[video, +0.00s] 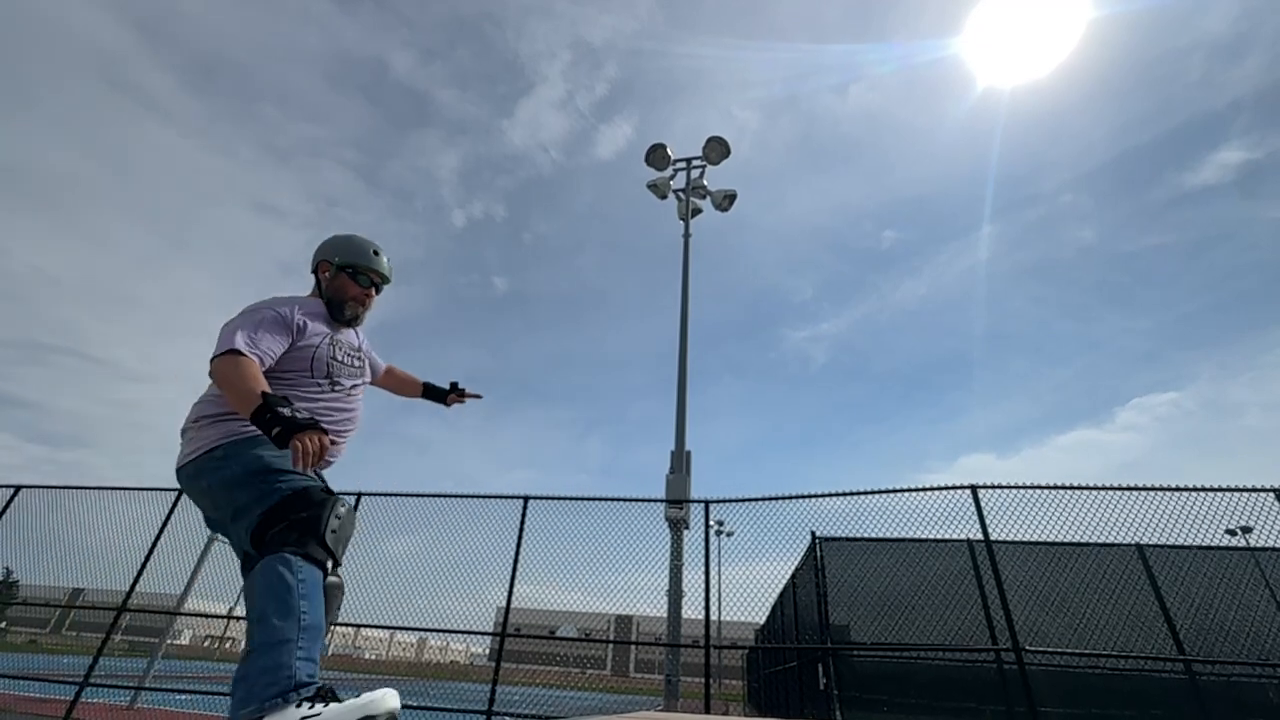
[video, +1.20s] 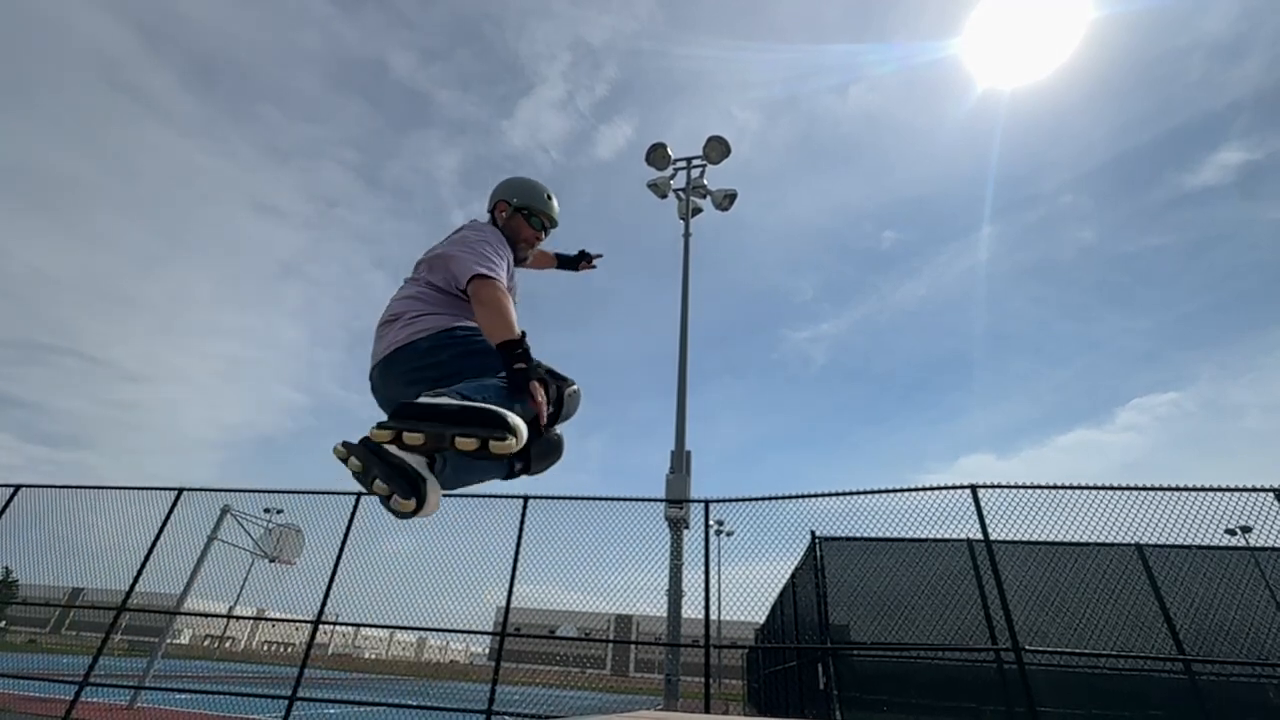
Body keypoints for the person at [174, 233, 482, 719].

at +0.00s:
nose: (368, 293)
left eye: (376, 287)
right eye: (359, 279)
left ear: (378, 296)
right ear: (325, 273)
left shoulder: (357, 346)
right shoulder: (286, 314)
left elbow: (385, 375)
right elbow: (230, 362)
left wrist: (437, 394)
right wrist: (280, 419)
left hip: (275, 463)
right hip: (229, 443)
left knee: (305, 565)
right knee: (302, 515)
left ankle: (269, 699)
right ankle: (281, 696)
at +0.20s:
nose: (398, 280)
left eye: (405, 274)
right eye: (390, 266)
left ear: (407, 281)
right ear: (357, 259)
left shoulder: (387, 331)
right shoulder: (322, 296)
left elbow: (414, 356)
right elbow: (276, 345)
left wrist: (463, 370)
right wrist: (329, 406)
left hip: (308, 437)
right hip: (265, 418)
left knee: (361, 539)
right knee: (356, 481)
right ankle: (315, 653)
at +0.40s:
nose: (427, 266)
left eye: (435, 260)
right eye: (419, 253)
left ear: (436, 267)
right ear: (387, 245)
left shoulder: (412, 313)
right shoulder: (355, 279)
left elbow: (440, 333)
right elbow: (322, 328)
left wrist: (485, 346)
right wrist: (376, 391)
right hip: (300, 399)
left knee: (411, 521)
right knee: (406, 454)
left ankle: (291, 686)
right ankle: (351, 595)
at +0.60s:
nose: (456, 257)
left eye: (462, 251)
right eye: (448, 244)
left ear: (461, 255)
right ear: (416, 235)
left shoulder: (432, 297)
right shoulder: (388, 265)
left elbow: (463, 311)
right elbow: (365, 313)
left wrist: (510, 325)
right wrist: (417, 381)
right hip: (331, 382)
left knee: (449, 498)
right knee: (450, 433)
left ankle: (312, 627)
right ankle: (380, 538)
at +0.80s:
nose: (483, 250)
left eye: (490, 244)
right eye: (475, 236)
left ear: (490, 247)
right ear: (444, 228)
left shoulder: (458, 286)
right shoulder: (420, 255)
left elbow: (489, 293)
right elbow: (409, 305)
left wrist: (532, 303)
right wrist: (455, 371)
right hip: (361, 369)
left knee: (483, 476)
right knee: (487, 415)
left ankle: (345, 570)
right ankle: (405, 487)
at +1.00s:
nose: (512, 242)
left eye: (518, 237)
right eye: (505, 229)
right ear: (474, 219)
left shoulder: (479, 273)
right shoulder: (452, 247)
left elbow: (507, 273)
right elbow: (449, 300)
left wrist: (551, 282)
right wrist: (493, 368)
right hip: (391, 354)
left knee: (507, 456)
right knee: (517, 402)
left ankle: (382, 517)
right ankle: (430, 439)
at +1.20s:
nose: (539, 236)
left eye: (544, 231)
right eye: (536, 223)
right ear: (503, 211)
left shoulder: (497, 257)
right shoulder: (482, 237)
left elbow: (530, 256)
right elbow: (487, 292)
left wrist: (570, 261)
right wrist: (520, 362)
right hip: (419, 342)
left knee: (543, 445)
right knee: (556, 390)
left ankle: (419, 460)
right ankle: (452, 400)